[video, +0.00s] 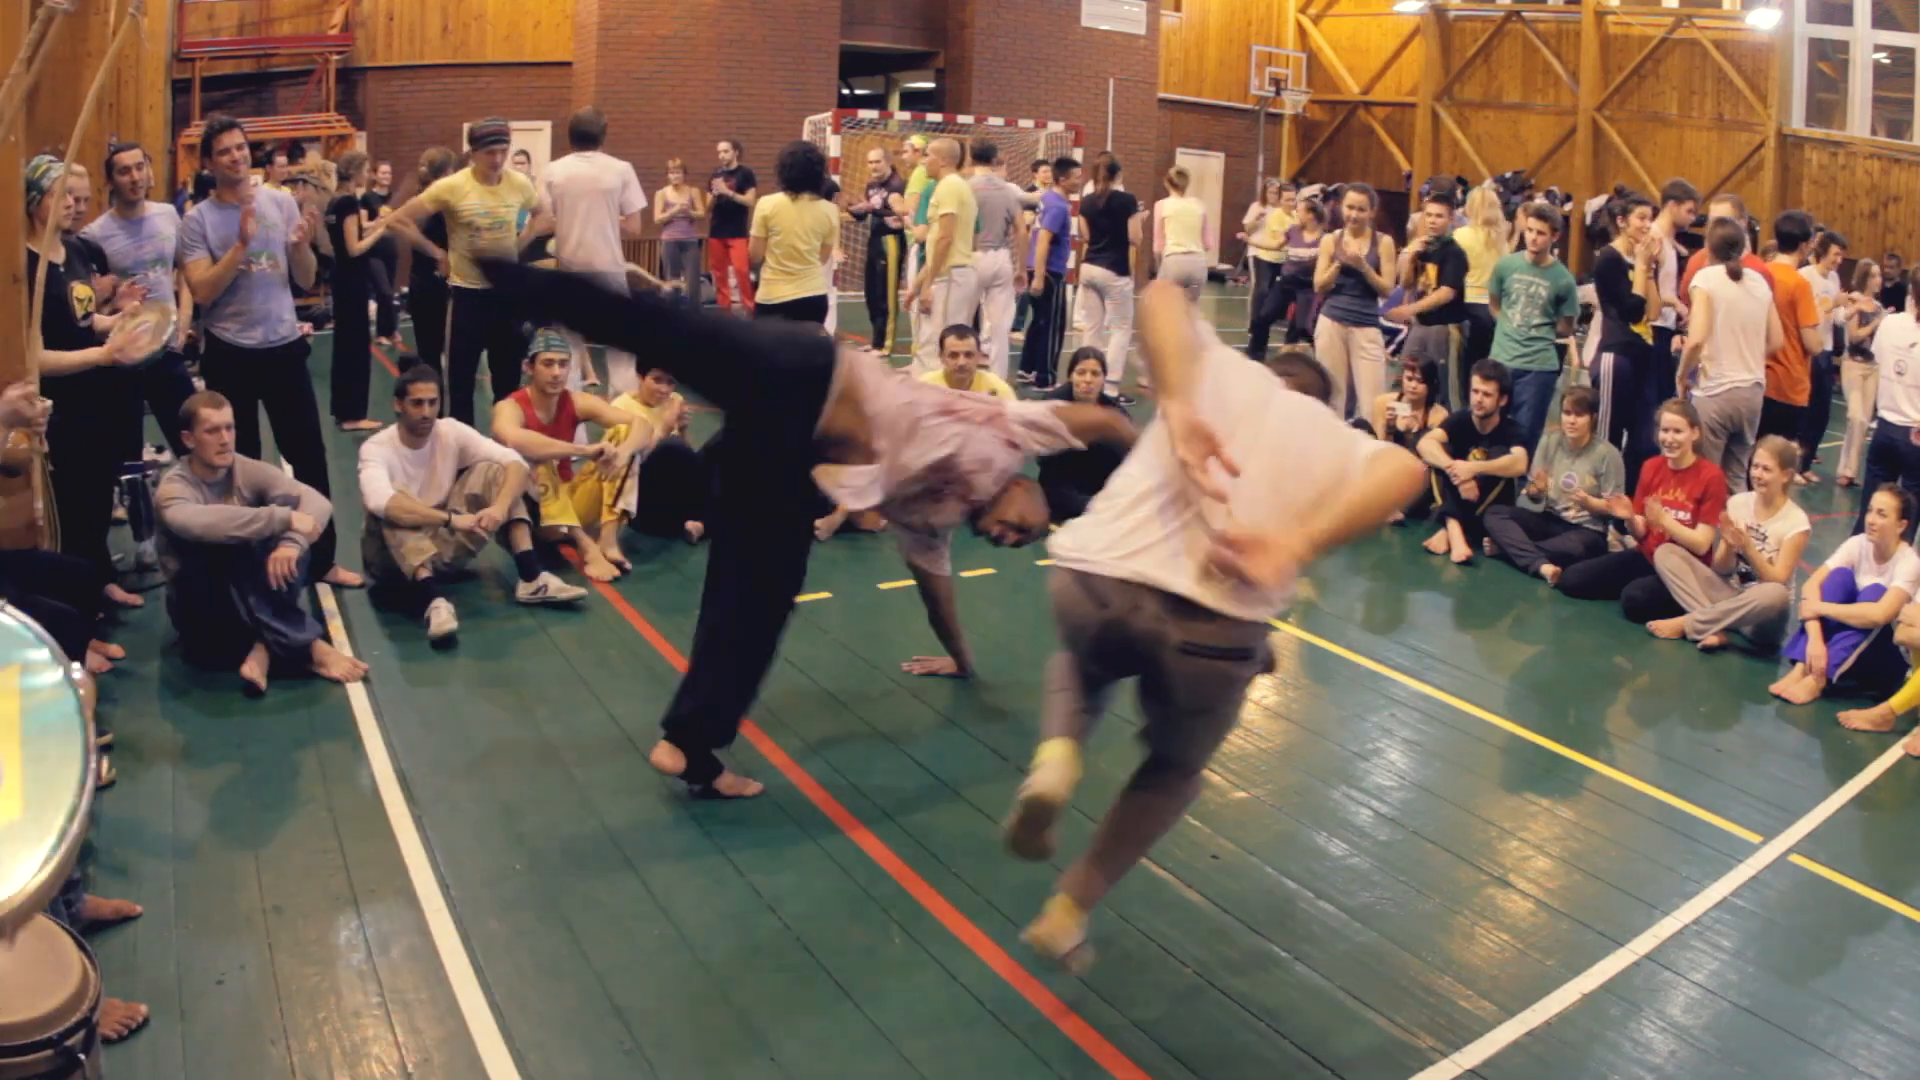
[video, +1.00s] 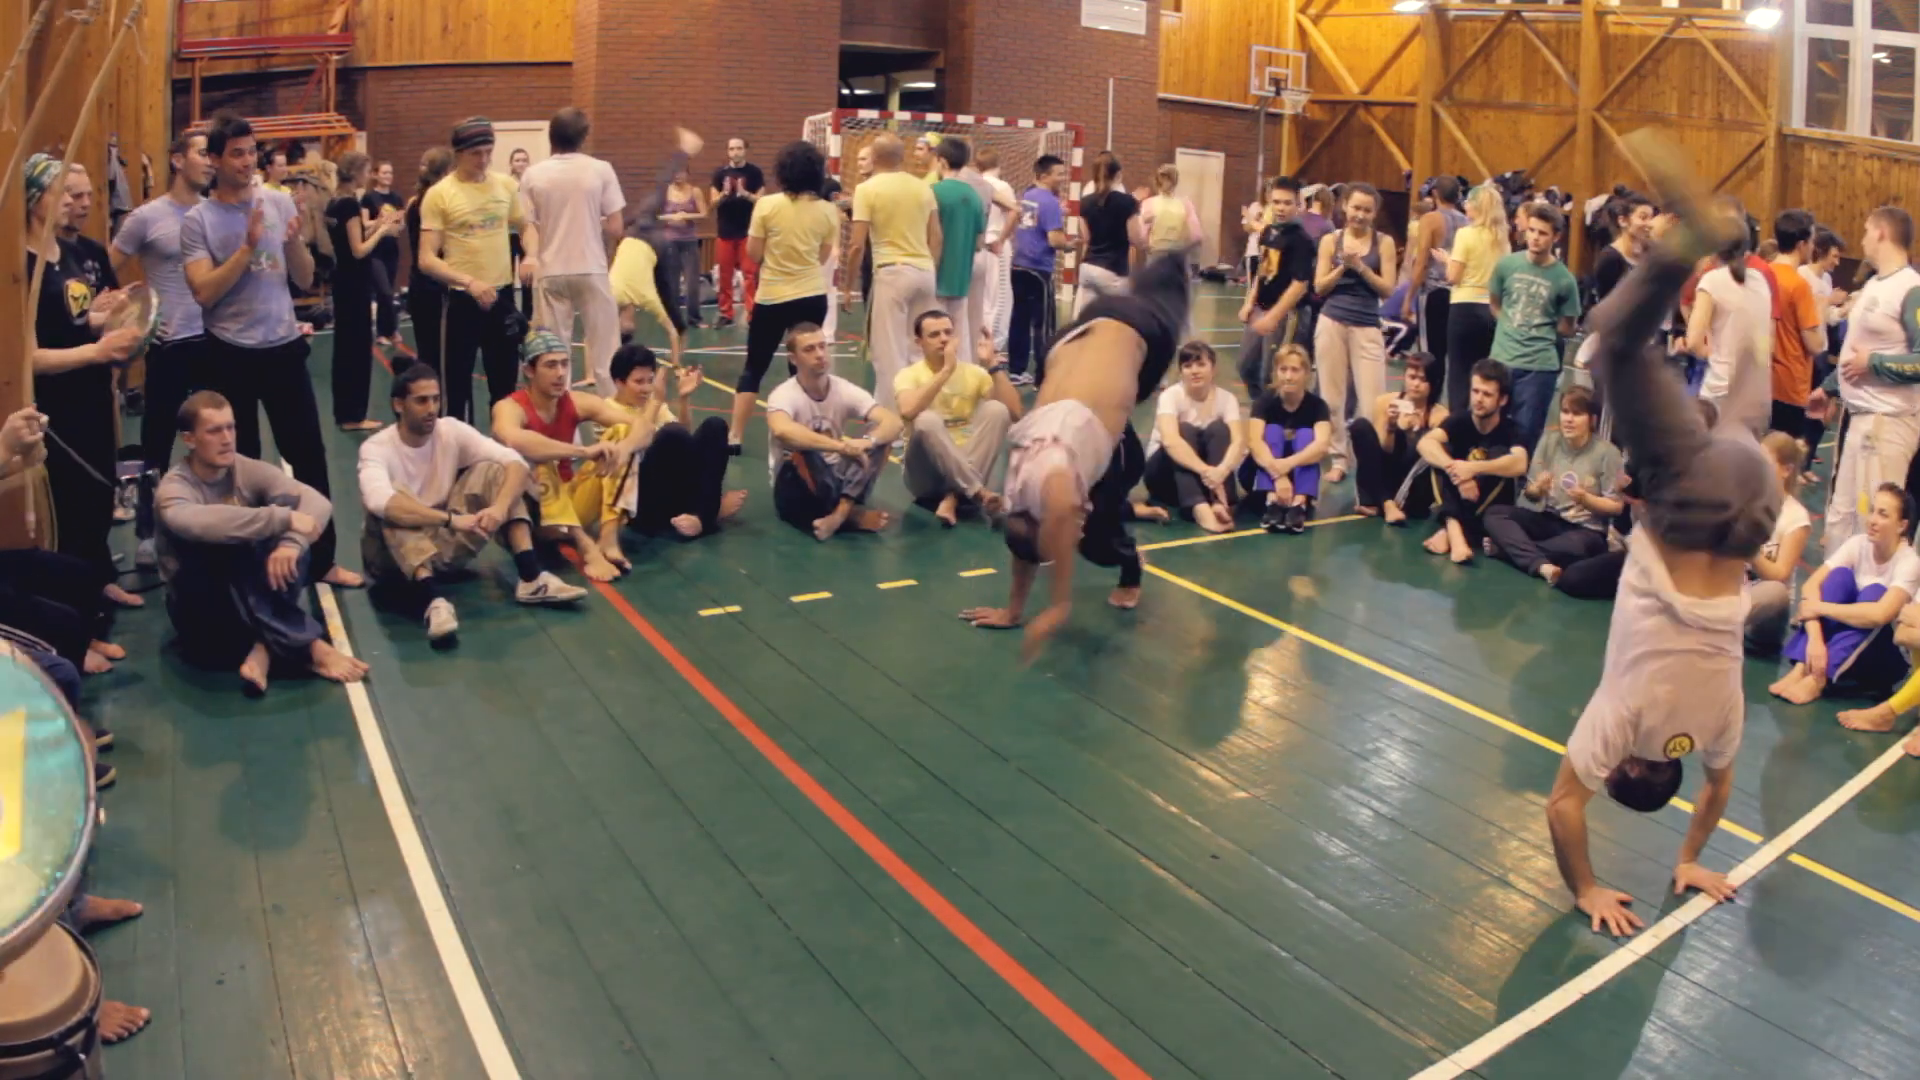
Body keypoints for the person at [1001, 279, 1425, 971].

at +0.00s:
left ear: (1268, 367)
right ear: (1325, 403)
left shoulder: (1214, 362)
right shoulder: (1350, 445)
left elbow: (1160, 292)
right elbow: (1410, 471)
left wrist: (1180, 405)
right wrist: (1301, 542)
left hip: (1094, 584)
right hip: (1210, 639)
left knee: (1080, 656)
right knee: (1174, 765)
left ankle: (1057, 755)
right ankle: (1069, 909)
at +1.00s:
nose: (1638, 785)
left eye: (1639, 787)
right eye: (1641, 787)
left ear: (1649, 774)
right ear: (1645, 770)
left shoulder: (1719, 724)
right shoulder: (1612, 719)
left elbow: (1717, 795)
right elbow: (1562, 807)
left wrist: (1688, 864)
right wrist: (1586, 891)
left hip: (1752, 513)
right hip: (1684, 507)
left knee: (1742, 420)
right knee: (1618, 344)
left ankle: (1720, 261)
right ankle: (1688, 241)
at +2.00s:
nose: (1724, 392)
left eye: (1732, 380)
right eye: (1724, 380)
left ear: (1770, 382)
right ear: (1776, 384)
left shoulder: (1779, 428)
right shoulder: (1828, 428)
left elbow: (1672, 472)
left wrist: (1662, 426)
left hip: (1809, 618)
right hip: (1845, 617)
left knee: (1671, 674)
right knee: (1793, 706)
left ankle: (1649, 818)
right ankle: (1834, 814)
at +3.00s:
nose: (1302, 478)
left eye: (1311, 467)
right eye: (1293, 467)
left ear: (1335, 449)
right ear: (1282, 451)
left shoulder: (1375, 455)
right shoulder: (1269, 461)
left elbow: (1445, 463)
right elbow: (1230, 522)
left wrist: (1504, 469)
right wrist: (1304, 521)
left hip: (1388, 534)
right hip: (1307, 540)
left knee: (1423, 641)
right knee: (1226, 588)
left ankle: (1486, 764)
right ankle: (1228, 690)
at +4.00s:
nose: (1199, 327)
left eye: (1206, 313)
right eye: (1194, 316)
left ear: (1238, 304)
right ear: (1235, 309)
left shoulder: (1254, 336)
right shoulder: (1263, 331)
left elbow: (1203, 423)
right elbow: (1266, 414)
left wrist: (1168, 410)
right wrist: (1213, 405)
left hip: (1369, 453)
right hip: (1321, 451)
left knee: (1332, 566)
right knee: (1265, 523)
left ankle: (1409, 659)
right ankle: (1286, 627)